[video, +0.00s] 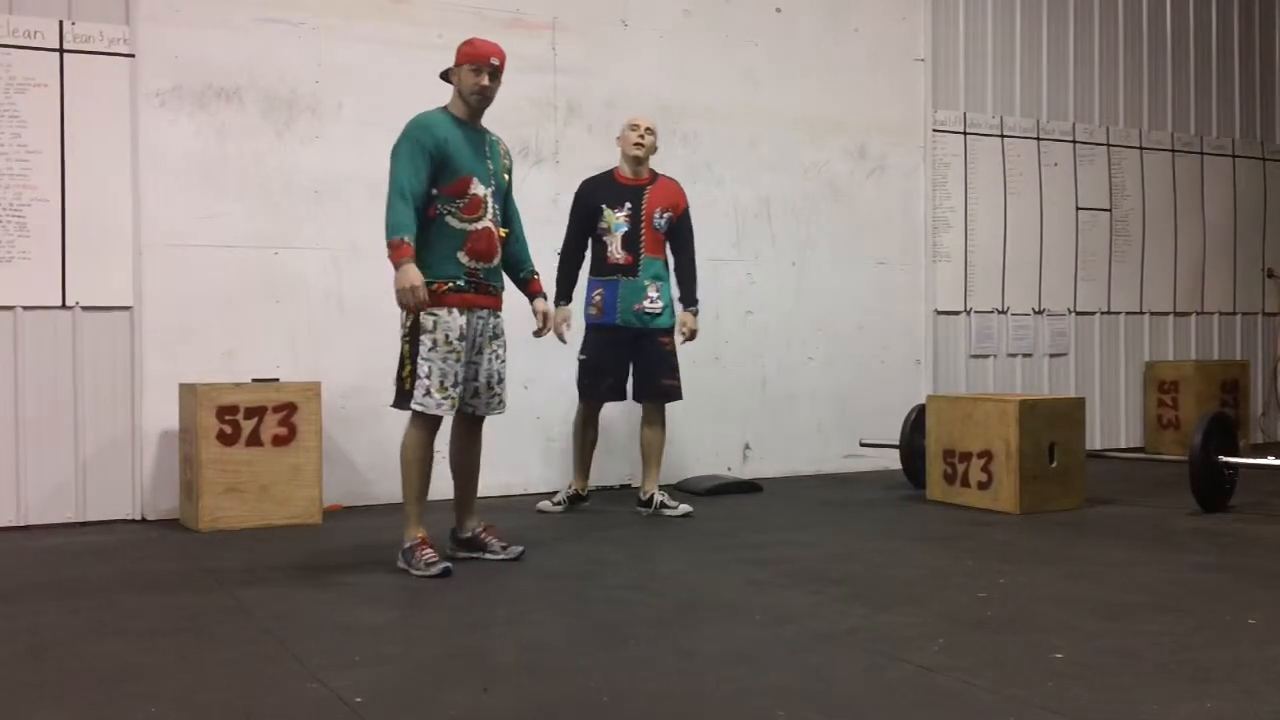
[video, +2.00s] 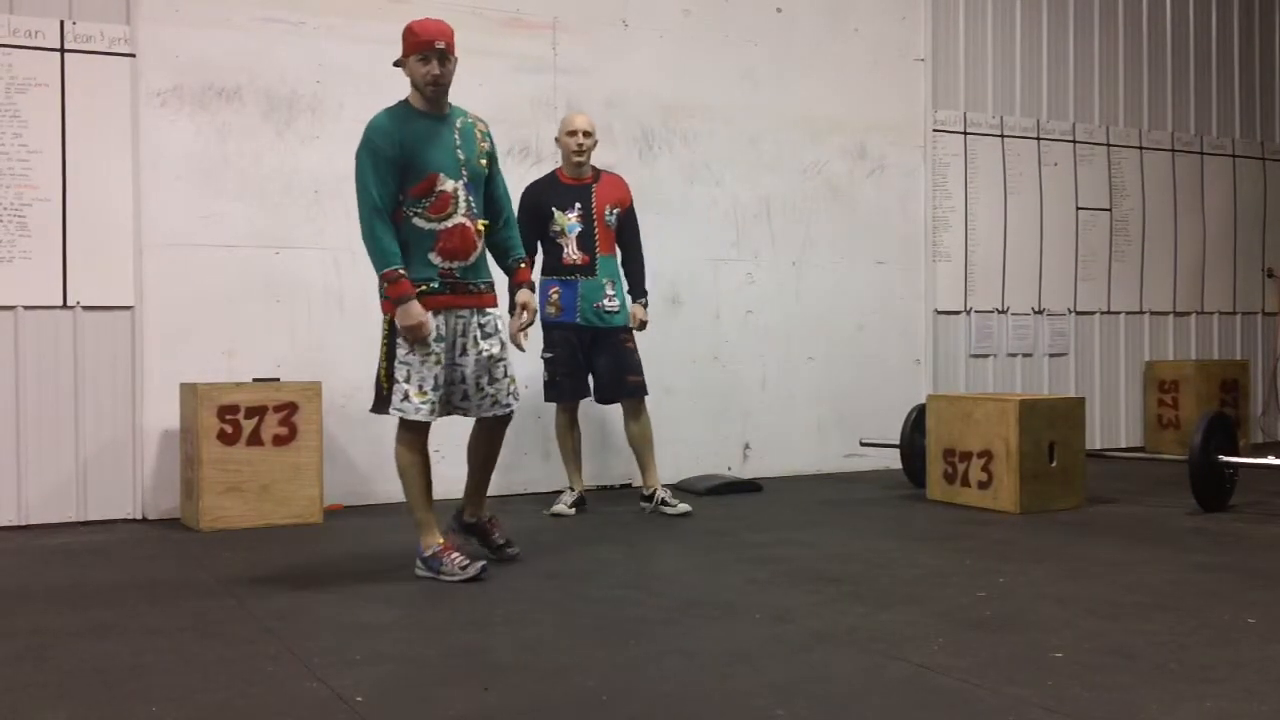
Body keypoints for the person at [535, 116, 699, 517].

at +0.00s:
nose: (642, 135)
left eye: (649, 132)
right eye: (635, 130)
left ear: (656, 147)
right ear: (619, 141)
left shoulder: (671, 192)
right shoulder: (592, 189)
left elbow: (684, 253)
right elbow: (572, 248)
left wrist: (689, 307)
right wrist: (562, 302)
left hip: (656, 319)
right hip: (605, 319)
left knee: (654, 405)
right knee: (589, 404)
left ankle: (650, 491)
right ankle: (578, 486)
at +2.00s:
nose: (580, 141)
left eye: (587, 134)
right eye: (573, 134)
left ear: (596, 142)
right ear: (559, 141)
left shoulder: (615, 187)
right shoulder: (537, 193)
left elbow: (631, 248)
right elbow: (523, 258)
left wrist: (639, 299)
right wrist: (517, 310)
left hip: (612, 315)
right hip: (561, 319)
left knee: (634, 400)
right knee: (566, 404)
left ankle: (652, 489)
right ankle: (574, 489)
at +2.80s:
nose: (643, 140)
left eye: (650, 134)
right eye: (635, 132)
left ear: (657, 141)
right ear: (620, 138)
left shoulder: (667, 189)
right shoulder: (594, 187)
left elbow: (678, 251)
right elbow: (574, 248)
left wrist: (687, 303)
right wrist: (572, 302)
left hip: (653, 316)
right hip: (605, 315)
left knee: (651, 404)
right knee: (590, 402)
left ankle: (647, 488)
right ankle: (578, 487)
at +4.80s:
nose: (643, 134)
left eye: (649, 128)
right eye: (635, 128)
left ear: (656, 133)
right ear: (618, 132)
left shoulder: (669, 182)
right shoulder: (595, 183)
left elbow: (680, 247)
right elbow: (580, 250)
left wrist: (683, 300)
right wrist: (584, 306)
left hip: (658, 314)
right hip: (612, 314)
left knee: (654, 404)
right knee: (616, 405)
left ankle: (647, 492)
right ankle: (615, 492)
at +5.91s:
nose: (646, 125)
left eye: (651, 119)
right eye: (637, 119)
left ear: (658, 129)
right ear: (619, 131)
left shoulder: (674, 182)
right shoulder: (600, 181)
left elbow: (688, 245)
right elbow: (586, 247)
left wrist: (698, 297)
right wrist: (592, 305)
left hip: (661, 311)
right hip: (616, 311)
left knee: (654, 403)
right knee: (617, 402)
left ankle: (649, 491)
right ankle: (617, 493)